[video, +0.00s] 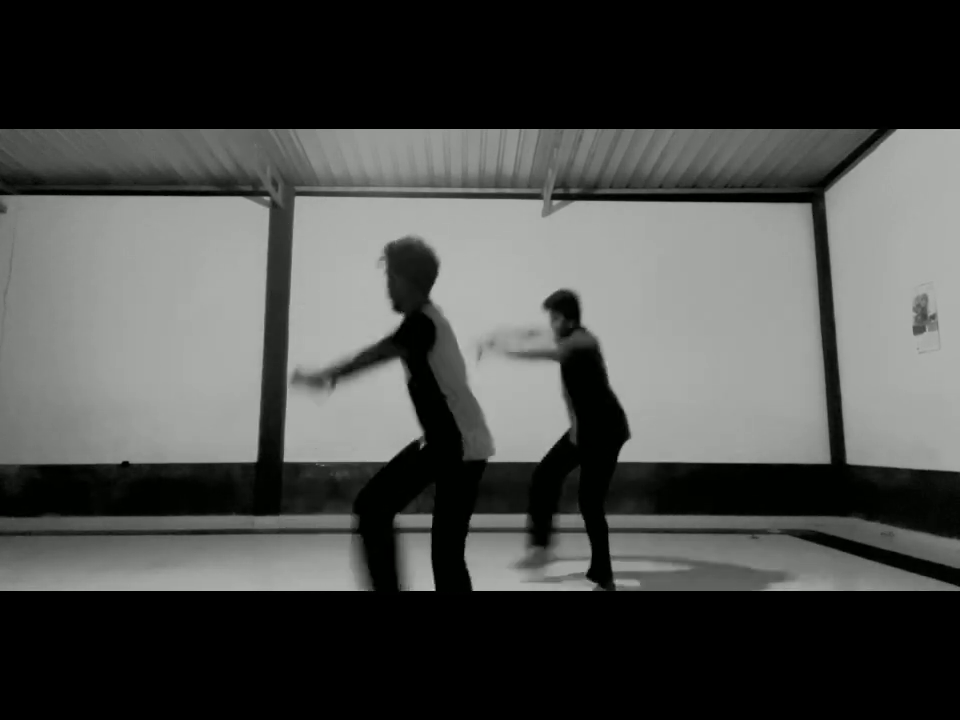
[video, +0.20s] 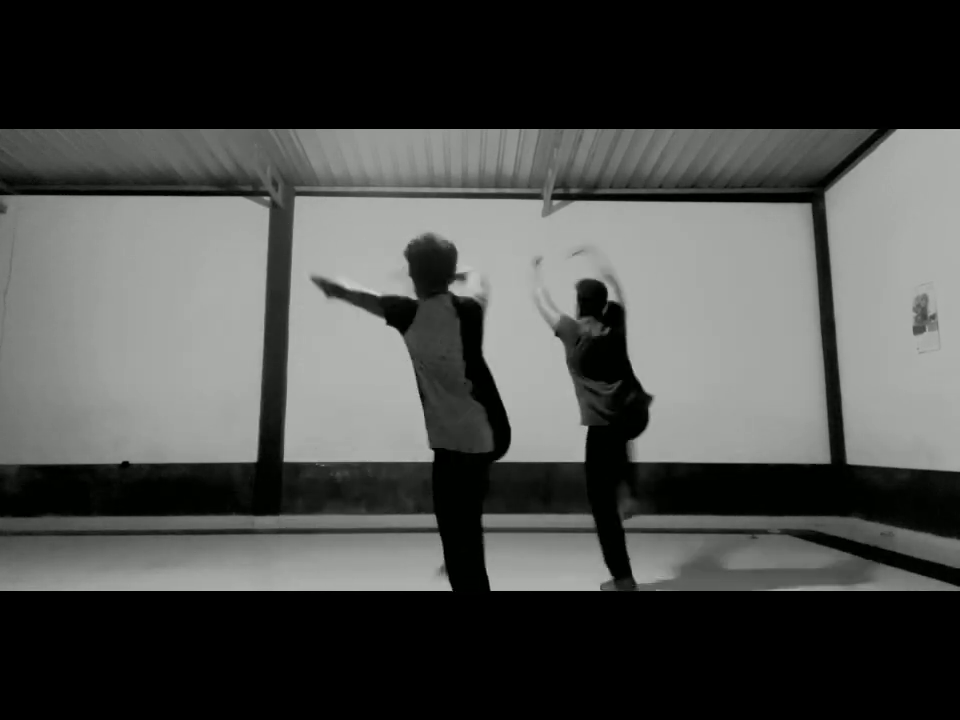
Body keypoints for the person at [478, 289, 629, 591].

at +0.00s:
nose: (550, 324)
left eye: (553, 318)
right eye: (550, 318)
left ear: (566, 318)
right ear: (566, 317)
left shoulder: (580, 342)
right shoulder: (570, 340)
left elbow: (549, 353)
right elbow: (533, 338)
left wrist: (506, 354)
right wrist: (497, 341)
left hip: (604, 432)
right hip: (583, 430)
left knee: (590, 499)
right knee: (545, 475)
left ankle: (602, 573)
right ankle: (539, 548)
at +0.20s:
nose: (576, 303)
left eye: (578, 299)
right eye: (582, 298)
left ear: (579, 303)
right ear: (605, 301)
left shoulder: (572, 331)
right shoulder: (616, 325)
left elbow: (542, 302)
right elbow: (613, 287)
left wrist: (535, 270)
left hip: (601, 428)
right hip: (630, 419)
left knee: (602, 503)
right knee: (618, 443)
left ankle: (621, 577)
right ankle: (628, 494)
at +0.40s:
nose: (621, 308)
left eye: (615, 305)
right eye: (619, 305)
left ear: (596, 316)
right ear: (620, 310)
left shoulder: (588, 341)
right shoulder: (640, 336)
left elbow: (555, 308)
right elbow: (676, 299)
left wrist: (546, 271)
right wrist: (694, 260)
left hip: (612, 433)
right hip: (648, 426)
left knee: (604, 506)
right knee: (704, 446)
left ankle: (621, 580)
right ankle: (707, 517)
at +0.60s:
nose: (650, 323)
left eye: (642, 321)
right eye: (647, 319)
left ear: (622, 332)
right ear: (645, 322)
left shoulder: (615, 364)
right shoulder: (674, 348)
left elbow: (578, 374)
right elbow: (726, 351)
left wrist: (547, 371)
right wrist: (770, 341)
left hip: (645, 444)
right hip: (689, 438)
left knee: (607, 496)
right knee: (734, 496)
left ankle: (613, 575)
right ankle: (767, 571)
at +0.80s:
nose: (644, 352)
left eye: (637, 350)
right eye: (647, 345)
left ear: (637, 355)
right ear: (659, 343)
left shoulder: (641, 392)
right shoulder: (693, 369)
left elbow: (637, 435)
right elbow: (709, 403)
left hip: (675, 461)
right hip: (720, 457)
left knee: (619, 501)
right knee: (753, 509)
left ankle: (613, 578)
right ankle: (761, 577)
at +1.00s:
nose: (641, 331)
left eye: (646, 325)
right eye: (640, 325)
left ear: (659, 328)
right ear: (662, 329)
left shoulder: (658, 354)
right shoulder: (666, 351)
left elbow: (620, 370)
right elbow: (627, 361)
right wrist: (595, 353)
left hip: (680, 441)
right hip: (693, 438)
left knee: (642, 504)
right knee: (701, 506)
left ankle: (671, 577)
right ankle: (766, 561)